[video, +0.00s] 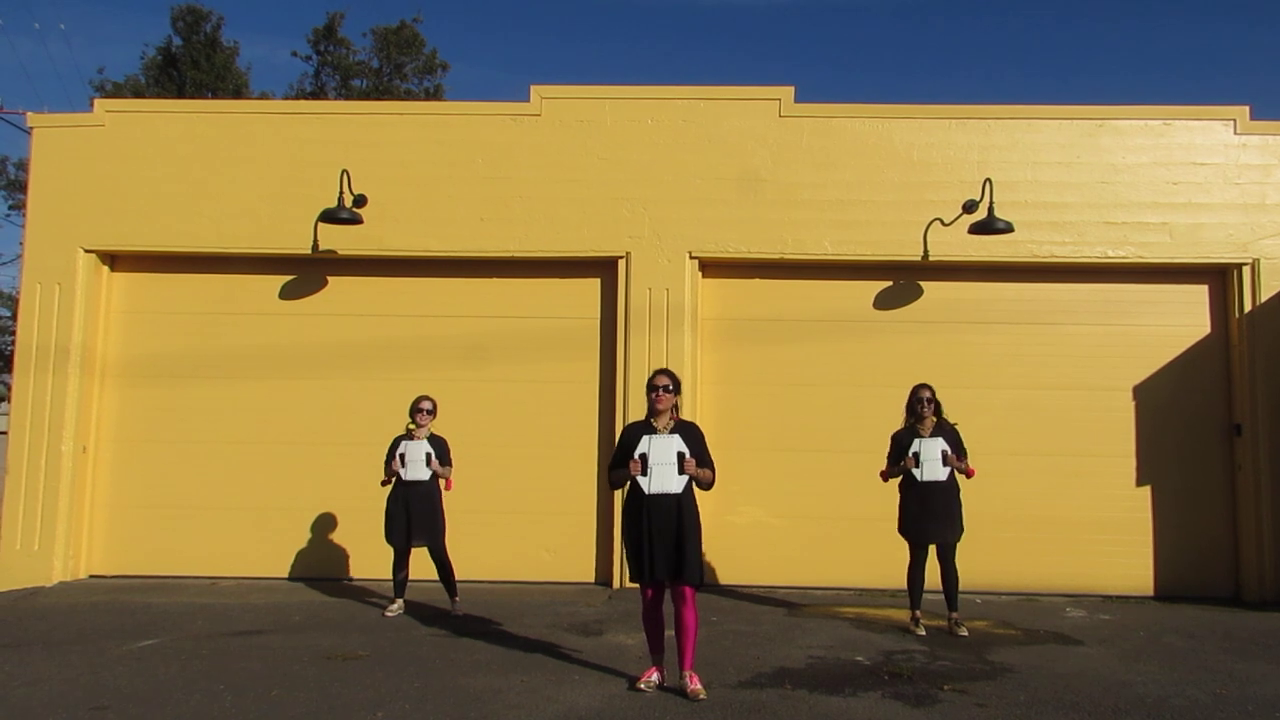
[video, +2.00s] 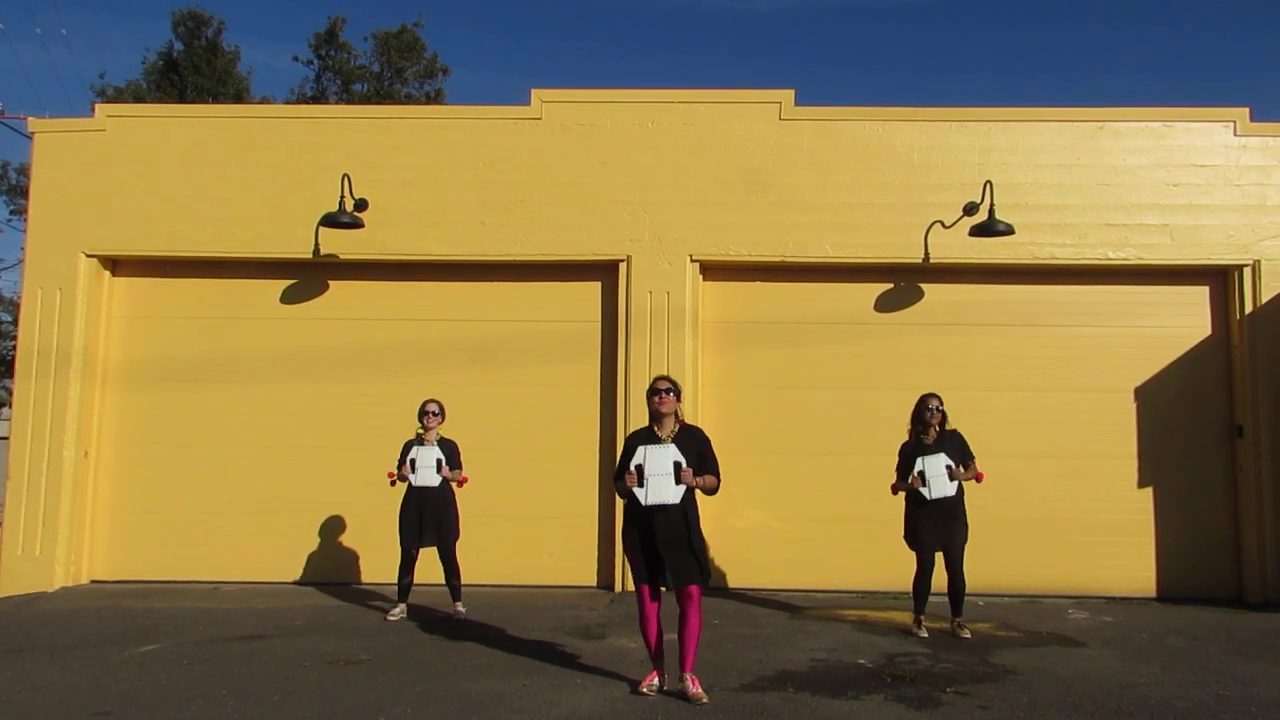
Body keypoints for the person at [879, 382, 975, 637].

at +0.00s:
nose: (924, 405)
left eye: (928, 401)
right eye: (919, 401)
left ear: (935, 403)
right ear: (911, 405)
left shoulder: (949, 432)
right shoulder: (901, 437)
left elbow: (965, 468)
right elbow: (888, 473)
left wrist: (954, 463)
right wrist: (903, 467)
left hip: (946, 506)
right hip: (915, 507)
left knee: (947, 559)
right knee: (918, 558)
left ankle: (953, 617)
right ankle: (915, 616)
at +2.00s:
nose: (934, 413)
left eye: (938, 409)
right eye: (928, 409)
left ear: (943, 413)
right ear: (919, 413)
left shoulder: (954, 439)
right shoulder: (909, 447)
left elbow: (973, 470)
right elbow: (897, 485)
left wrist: (961, 475)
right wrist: (910, 485)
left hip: (953, 517)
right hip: (923, 518)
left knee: (955, 570)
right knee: (925, 568)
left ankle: (957, 621)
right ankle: (918, 620)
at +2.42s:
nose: (937, 409)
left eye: (940, 405)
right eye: (931, 405)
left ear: (946, 410)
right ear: (922, 410)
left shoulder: (951, 440)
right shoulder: (907, 438)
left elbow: (963, 472)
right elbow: (892, 471)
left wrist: (959, 469)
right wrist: (910, 472)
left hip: (951, 512)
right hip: (922, 513)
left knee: (953, 567)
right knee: (927, 566)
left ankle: (956, 621)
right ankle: (918, 620)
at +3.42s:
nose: (917, 410)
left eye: (920, 406)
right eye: (911, 407)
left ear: (927, 409)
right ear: (903, 411)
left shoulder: (940, 437)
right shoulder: (895, 444)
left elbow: (957, 470)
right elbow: (881, 479)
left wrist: (945, 466)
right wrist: (896, 474)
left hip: (934, 514)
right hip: (904, 516)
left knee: (937, 567)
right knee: (906, 566)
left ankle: (942, 620)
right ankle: (904, 619)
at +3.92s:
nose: (909, 408)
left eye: (914, 404)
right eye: (904, 404)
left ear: (920, 408)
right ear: (896, 408)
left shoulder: (931, 436)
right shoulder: (886, 437)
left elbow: (945, 477)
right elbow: (872, 475)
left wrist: (935, 468)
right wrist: (886, 469)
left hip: (929, 510)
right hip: (898, 511)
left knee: (932, 564)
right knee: (902, 564)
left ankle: (936, 619)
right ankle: (898, 618)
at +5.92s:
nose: (909, 417)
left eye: (913, 414)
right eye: (905, 414)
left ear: (919, 417)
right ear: (897, 417)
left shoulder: (929, 441)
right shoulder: (889, 442)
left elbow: (935, 426)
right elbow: (873, 431)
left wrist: (920, 399)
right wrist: (873, 400)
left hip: (923, 511)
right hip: (894, 511)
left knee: (923, 567)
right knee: (898, 566)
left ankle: (934, 621)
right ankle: (894, 618)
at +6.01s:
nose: (908, 412)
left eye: (912, 408)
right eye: (904, 408)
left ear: (919, 411)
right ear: (897, 412)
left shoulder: (928, 436)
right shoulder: (889, 437)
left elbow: (946, 429)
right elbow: (879, 431)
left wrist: (938, 398)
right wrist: (890, 400)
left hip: (924, 508)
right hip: (894, 508)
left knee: (924, 563)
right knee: (898, 564)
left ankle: (928, 621)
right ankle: (895, 615)